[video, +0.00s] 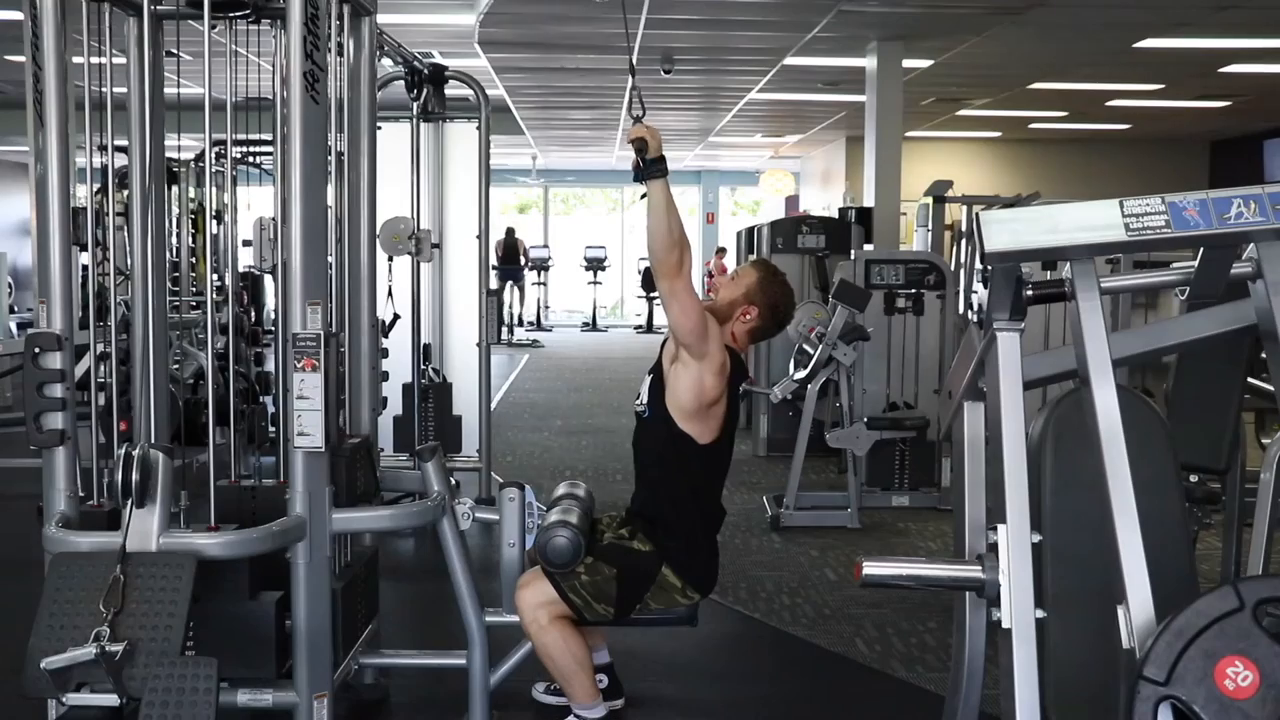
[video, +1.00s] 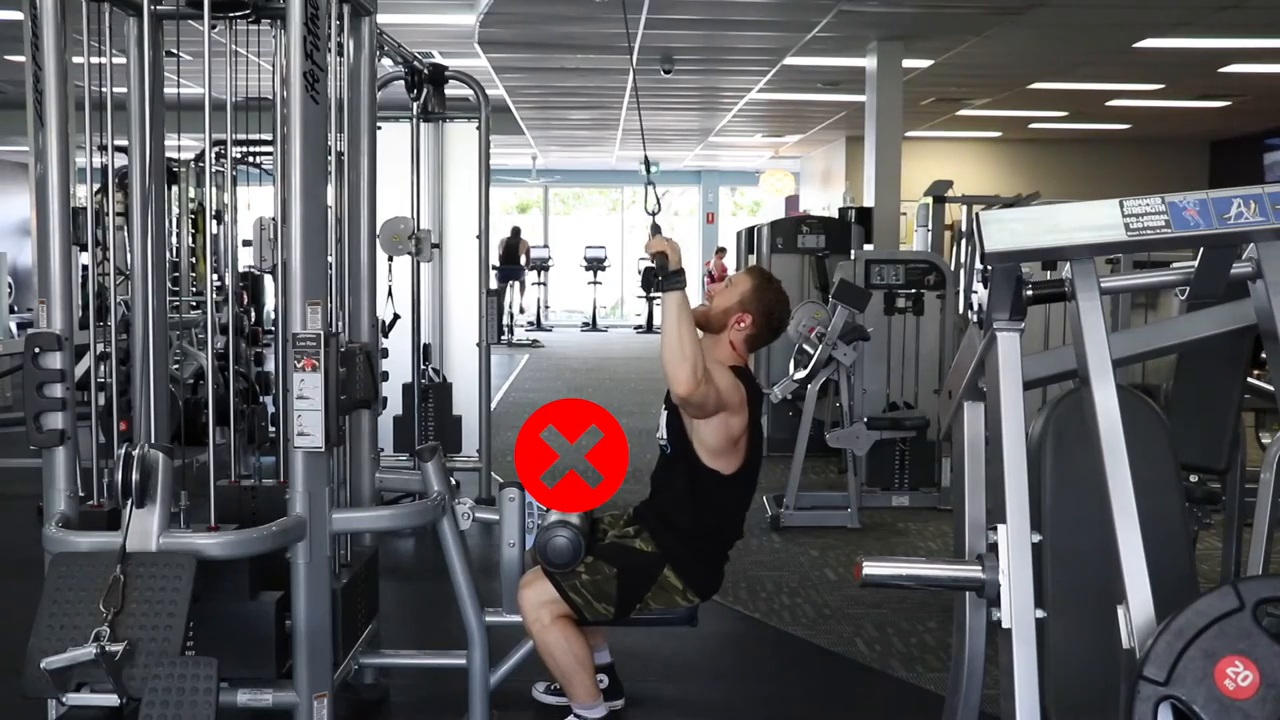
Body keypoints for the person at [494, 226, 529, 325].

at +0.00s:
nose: (510, 235)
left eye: (509, 233)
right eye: (511, 233)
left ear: (505, 234)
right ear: (514, 234)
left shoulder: (499, 243)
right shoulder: (520, 242)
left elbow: (497, 258)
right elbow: (527, 259)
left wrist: (501, 266)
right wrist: (523, 267)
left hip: (503, 271)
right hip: (517, 270)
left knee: (500, 292)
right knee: (521, 291)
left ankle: (500, 315)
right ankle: (520, 314)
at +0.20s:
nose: (514, 235)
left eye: (513, 232)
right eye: (515, 233)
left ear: (509, 232)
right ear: (518, 233)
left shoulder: (501, 242)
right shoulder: (522, 243)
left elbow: (499, 257)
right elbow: (527, 260)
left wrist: (502, 265)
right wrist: (524, 267)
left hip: (504, 270)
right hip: (517, 270)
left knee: (501, 292)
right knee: (522, 282)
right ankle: (521, 303)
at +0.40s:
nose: (514, 235)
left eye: (513, 232)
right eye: (515, 232)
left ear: (509, 233)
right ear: (518, 233)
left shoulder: (502, 242)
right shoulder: (524, 243)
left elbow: (499, 257)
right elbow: (528, 259)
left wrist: (502, 265)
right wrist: (527, 267)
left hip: (504, 270)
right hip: (518, 270)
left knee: (497, 291)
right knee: (520, 291)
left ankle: (497, 314)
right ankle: (522, 314)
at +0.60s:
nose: (513, 235)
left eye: (511, 232)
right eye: (514, 233)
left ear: (508, 233)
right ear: (517, 233)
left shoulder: (500, 242)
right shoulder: (522, 243)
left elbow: (498, 258)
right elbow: (527, 259)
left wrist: (502, 265)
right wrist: (526, 266)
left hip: (504, 270)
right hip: (517, 271)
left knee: (498, 279)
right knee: (520, 300)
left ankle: (500, 303)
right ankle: (521, 326)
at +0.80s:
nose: (515, 235)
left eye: (513, 232)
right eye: (515, 233)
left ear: (508, 233)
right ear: (518, 233)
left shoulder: (500, 242)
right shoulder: (522, 243)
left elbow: (498, 257)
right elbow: (527, 260)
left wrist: (502, 265)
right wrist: (524, 267)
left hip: (503, 270)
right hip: (517, 270)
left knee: (500, 292)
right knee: (522, 290)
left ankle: (500, 316)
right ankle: (520, 314)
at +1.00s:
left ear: (510, 233)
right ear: (520, 234)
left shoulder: (503, 241)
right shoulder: (524, 243)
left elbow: (500, 256)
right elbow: (528, 259)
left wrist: (503, 265)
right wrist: (526, 267)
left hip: (504, 270)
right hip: (517, 270)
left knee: (501, 291)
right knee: (522, 280)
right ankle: (521, 303)